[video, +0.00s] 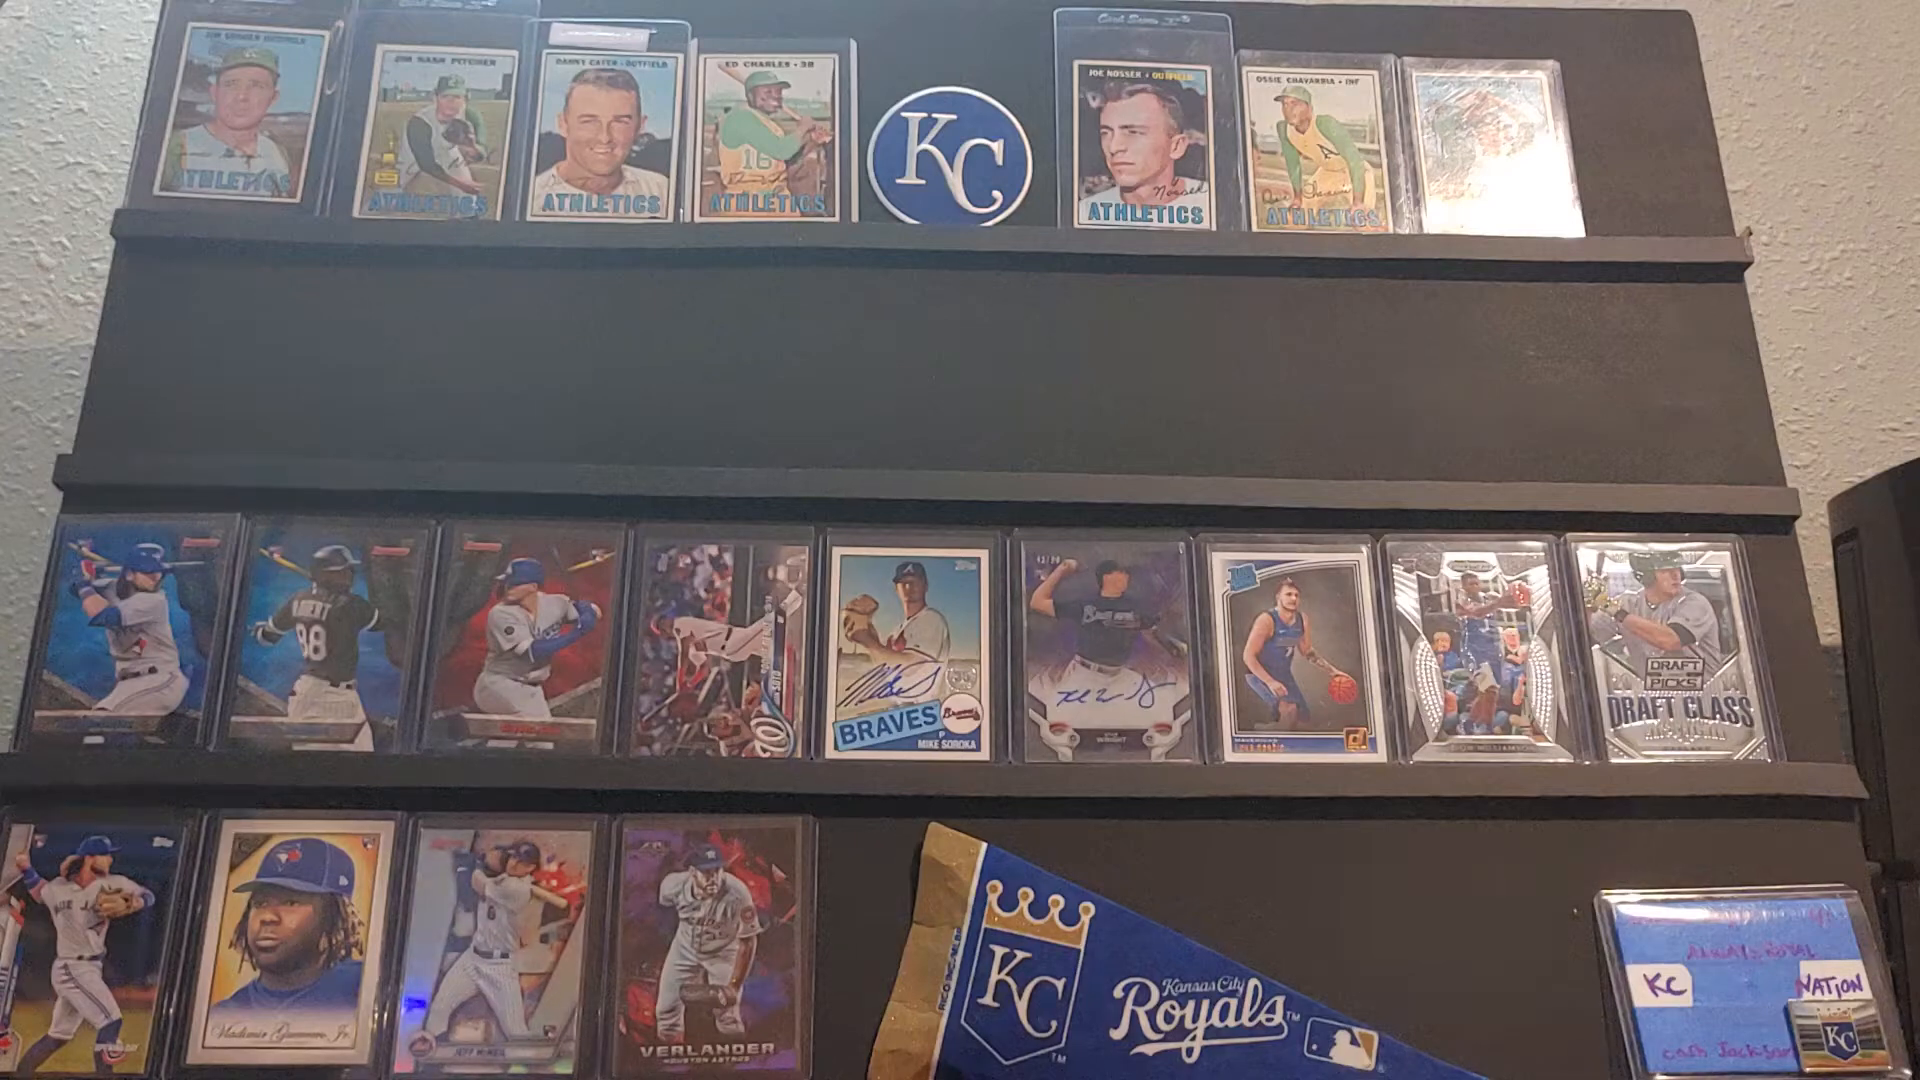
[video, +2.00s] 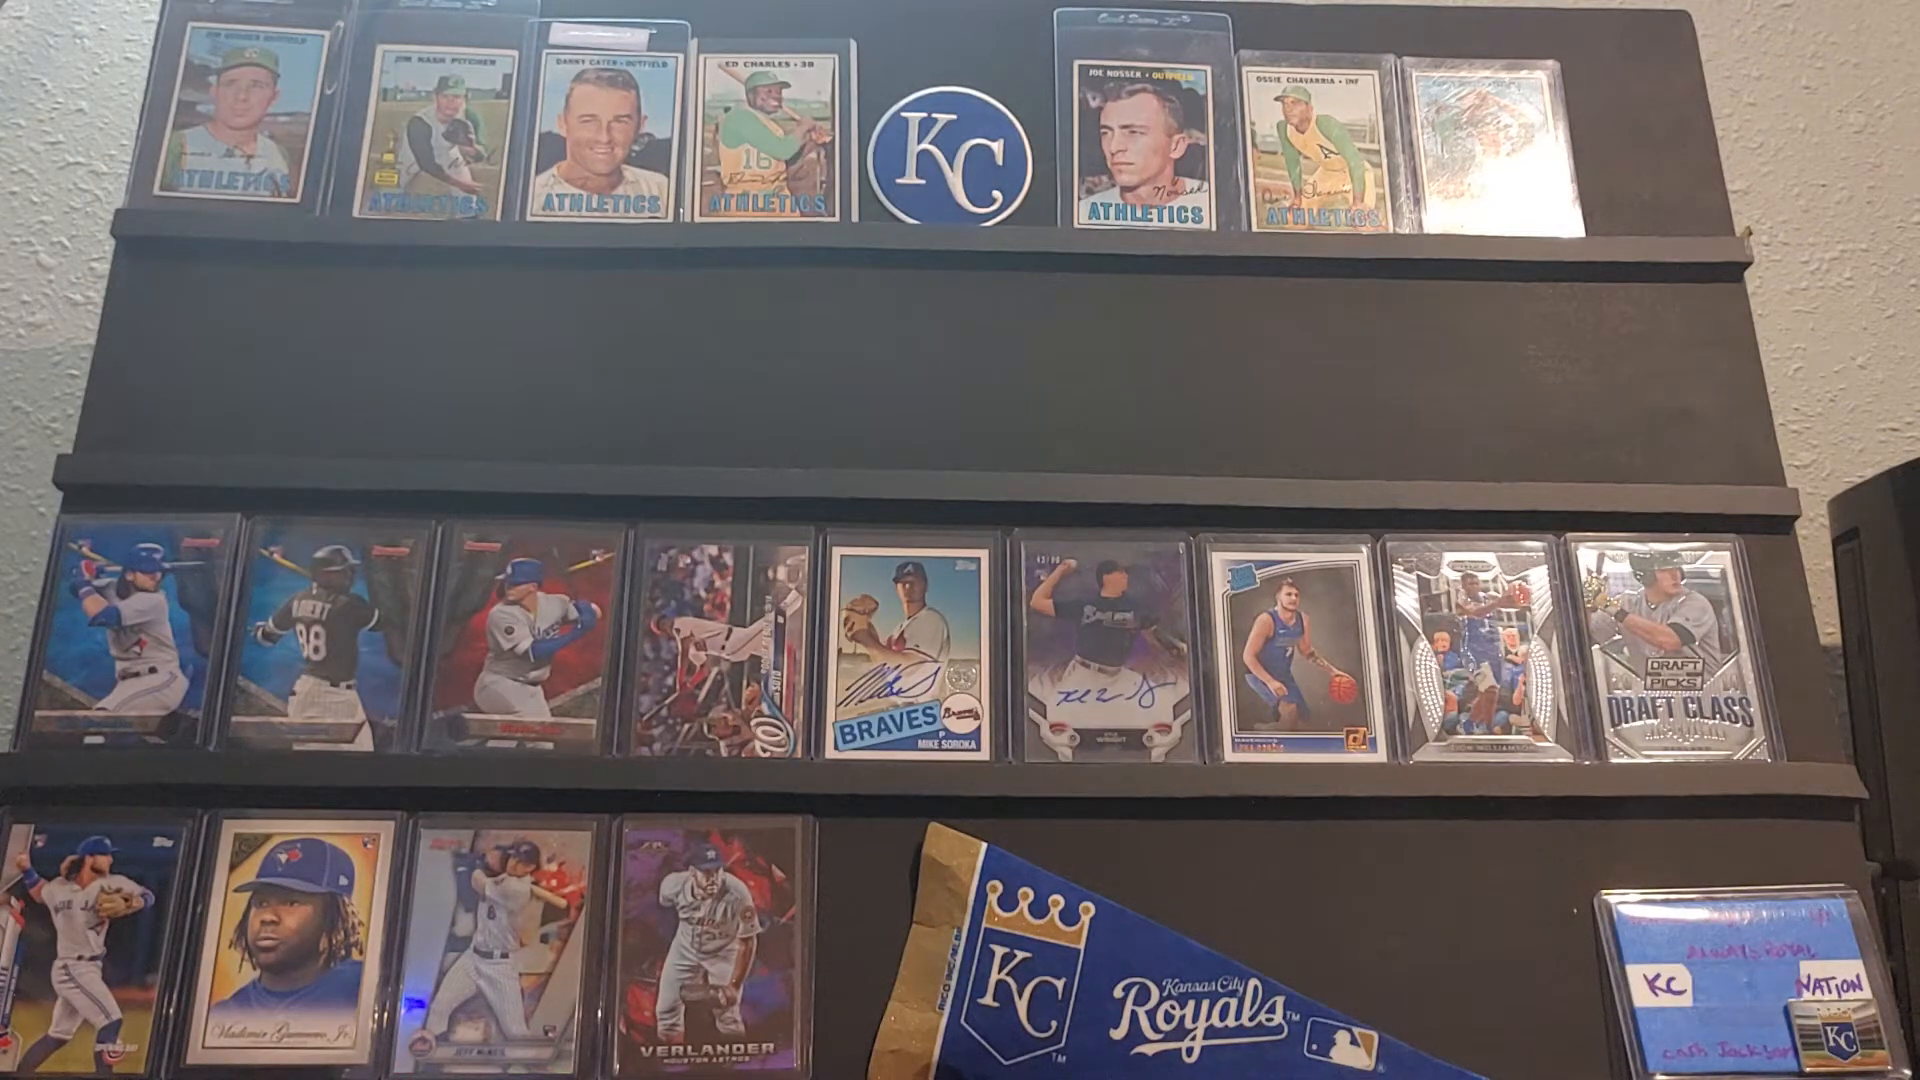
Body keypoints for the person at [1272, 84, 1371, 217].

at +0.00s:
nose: (1288, 109)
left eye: (1294, 104)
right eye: (1284, 104)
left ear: (1309, 108)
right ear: (1281, 108)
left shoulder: (1326, 123)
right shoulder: (1283, 129)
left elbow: (1355, 160)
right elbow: (1293, 164)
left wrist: (1358, 203)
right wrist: (1297, 198)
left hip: (1355, 172)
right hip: (1327, 172)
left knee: (1361, 219)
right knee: (1303, 208)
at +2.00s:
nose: (1288, 109)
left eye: (1294, 103)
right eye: (1284, 104)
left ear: (1309, 107)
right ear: (1281, 107)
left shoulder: (1326, 124)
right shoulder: (1284, 129)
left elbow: (1355, 161)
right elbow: (1293, 163)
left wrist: (1358, 202)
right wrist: (1297, 197)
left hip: (1354, 173)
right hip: (1327, 172)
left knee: (1361, 220)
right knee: (1301, 208)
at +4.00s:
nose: (1288, 109)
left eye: (1294, 103)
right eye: (1285, 104)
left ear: (1308, 107)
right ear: (1282, 108)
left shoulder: (1326, 123)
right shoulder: (1283, 128)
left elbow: (1355, 160)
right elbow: (1292, 162)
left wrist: (1358, 203)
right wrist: (1297, 197)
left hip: (1354, 172)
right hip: (1326, 172)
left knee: (1361, 219)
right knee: (1304, 210)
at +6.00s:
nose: (1288, 110)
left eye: (1294, 103)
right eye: (1284, 105)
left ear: (1308, 107)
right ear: (1281, 108)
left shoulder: (1327, 124)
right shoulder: (1283, 128)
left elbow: (1355, 160)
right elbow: (1293, 163)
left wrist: (1357, 202)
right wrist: (1297, 197)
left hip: (1355, 174)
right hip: (1327, 173)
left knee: (1360, 220)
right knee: (1301, 212)